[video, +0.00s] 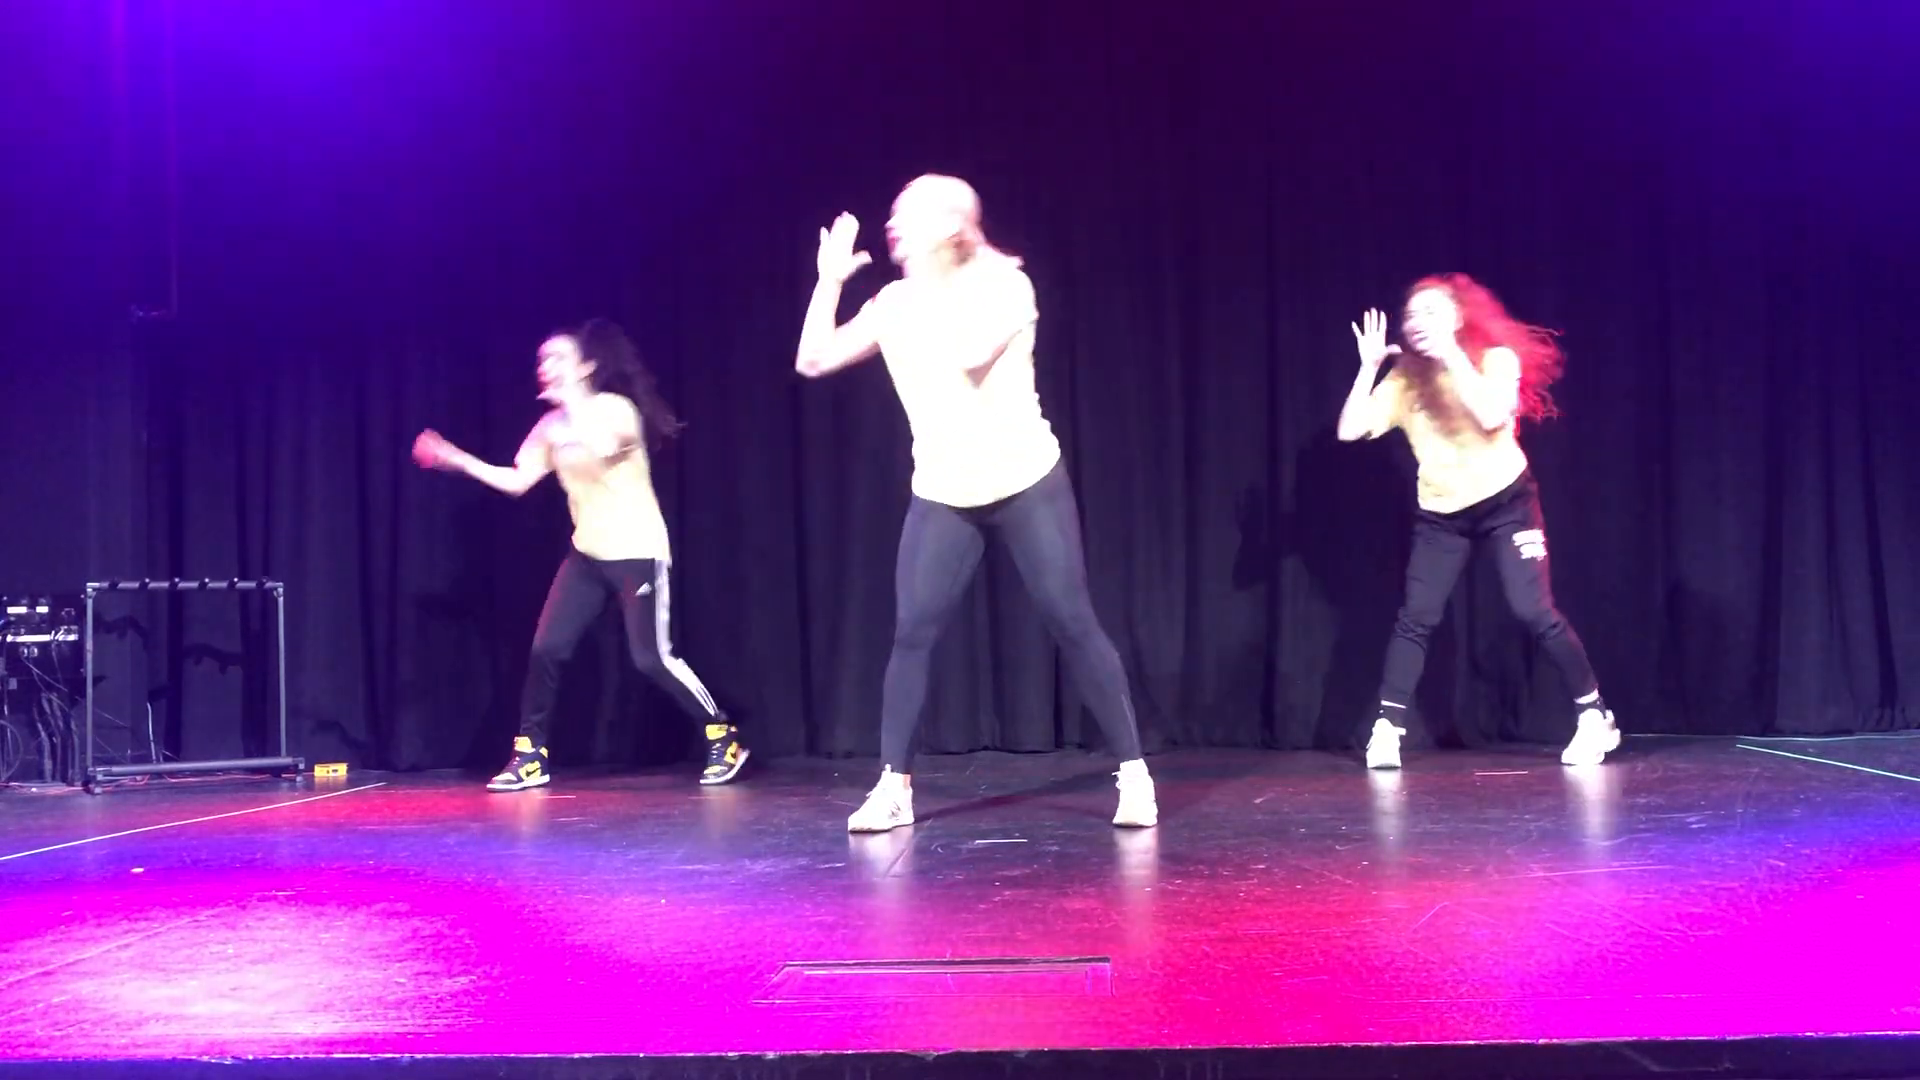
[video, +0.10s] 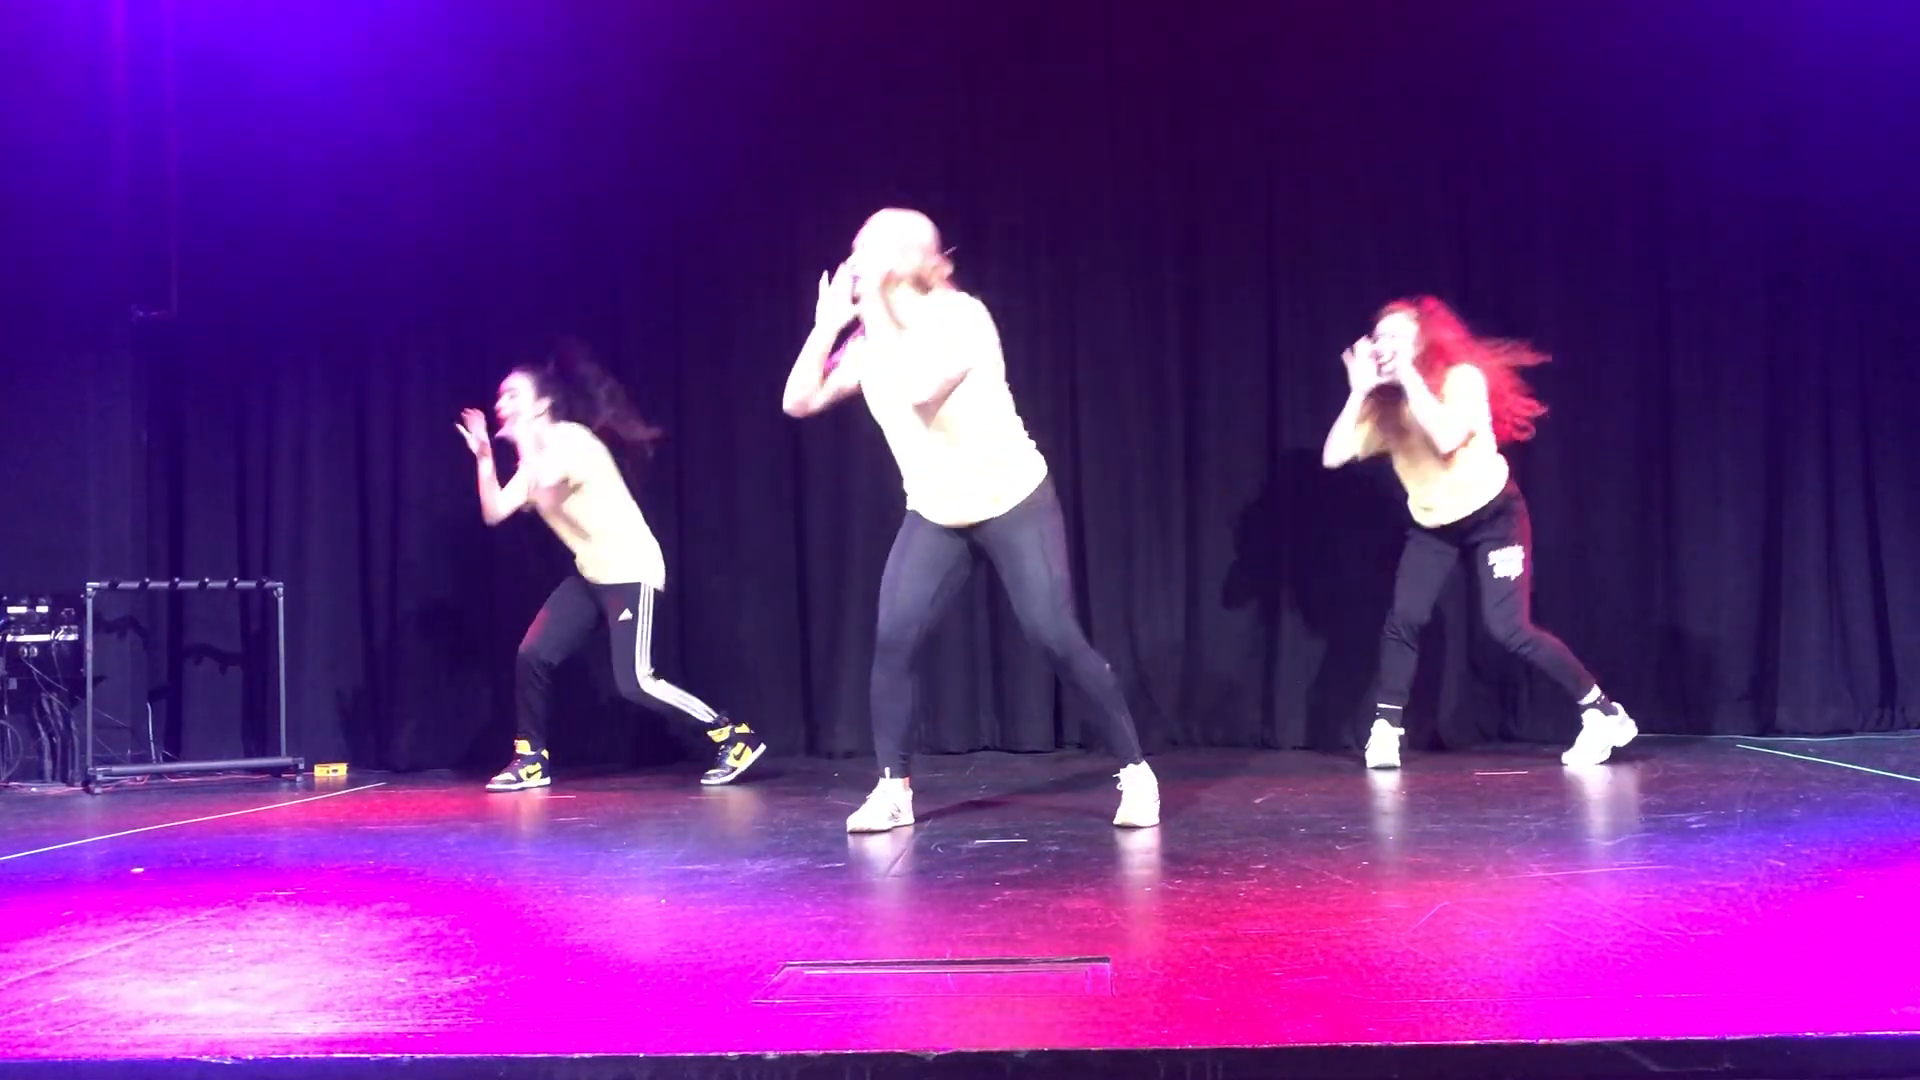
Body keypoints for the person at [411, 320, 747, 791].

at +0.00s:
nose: (545, 368)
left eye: (556, 357)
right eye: (543, 359)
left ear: (587, 364)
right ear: (543, 369)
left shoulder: (615, 410)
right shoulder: (549, 428)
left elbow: (613, 448)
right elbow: (517, 482)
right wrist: (455, 458)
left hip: (640, 552)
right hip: (588, 554)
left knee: (652, 657)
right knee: (547, 649)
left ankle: (723, 738)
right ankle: (531, 758)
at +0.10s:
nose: (501, 405)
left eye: (512, 395)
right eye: (501, 396)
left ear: (543, 401)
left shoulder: (571, 442)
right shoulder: (533, 458)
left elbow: (545, 494)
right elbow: (493, 511)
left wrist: (525, 444)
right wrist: (482, 455)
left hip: (631, 569)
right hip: (591, 572)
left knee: (636, 681)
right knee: (534, 654)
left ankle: (733, 739)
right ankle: (532, 760)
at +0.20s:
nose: (482, 421)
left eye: (492, 412)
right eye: (482, 412)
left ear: (521, 421)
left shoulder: (549, 455)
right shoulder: (517, 479)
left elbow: (523, 497)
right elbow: (490, 531)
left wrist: (494, 455)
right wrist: (476, 474)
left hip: (625, 578)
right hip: (584, 581)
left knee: (631, 689)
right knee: (526, 659)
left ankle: (735, 738)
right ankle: (531, 762)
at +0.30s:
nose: (472, 410)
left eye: (481, 400)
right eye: (472, 402)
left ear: (513, 409)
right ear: (493, 414)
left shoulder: (547, 438)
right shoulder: (508, 466)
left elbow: (520, 479)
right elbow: (480, 521)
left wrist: (485, 440)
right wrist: (462, 469)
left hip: (623, 565)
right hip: (581, 572)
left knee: (637, 676)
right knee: (530, 653)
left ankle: (735, 739)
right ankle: (532, 761)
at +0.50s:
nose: (471, 395)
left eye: (481, 385)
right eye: (471, 386)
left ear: (513, 394)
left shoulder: (543, 425)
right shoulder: (504, 447)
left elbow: (512, 465)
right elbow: (471, 501)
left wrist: (481, 424)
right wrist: (461, 445)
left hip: (615, 555)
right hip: (577, 562)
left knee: (635, 668)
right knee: (531, 651)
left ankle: (731, 734)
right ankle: (534, 760)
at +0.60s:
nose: (476, 404)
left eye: (486, 395)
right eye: (476, 397)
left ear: (516, 403)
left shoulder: (547, 439)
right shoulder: (510, 459)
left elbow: (516, 481)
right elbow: (477, 515)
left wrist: (487, 438)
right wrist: (471, 457)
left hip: (610, 572)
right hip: (570, 575)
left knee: (631, 681)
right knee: (518, 660)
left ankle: (735, 739)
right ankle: (532, 762)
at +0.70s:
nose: (475, 393)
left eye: (484, 384)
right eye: (474, 385)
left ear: (515, 389)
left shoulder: (545, 424)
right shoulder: (507, 446)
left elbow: (517, 468)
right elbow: (475, 502)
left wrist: (486, 426)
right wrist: (469, 445)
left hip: (605, 563)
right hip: (563, 569)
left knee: (642, 670)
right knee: (518, 657)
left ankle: (737, 740)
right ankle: (532, 761)